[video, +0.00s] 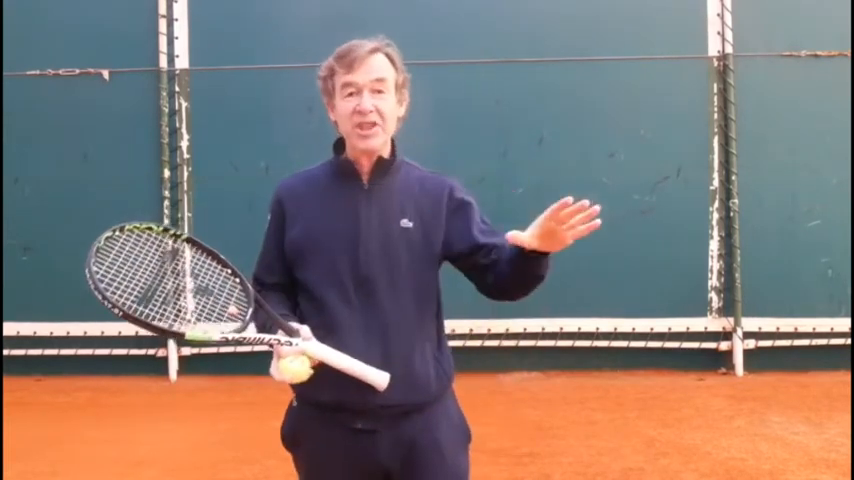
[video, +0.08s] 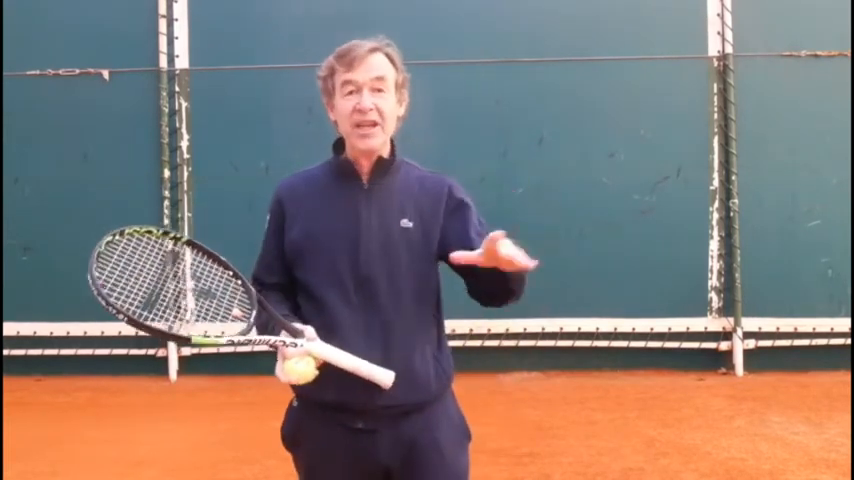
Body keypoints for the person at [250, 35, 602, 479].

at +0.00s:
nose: (364, 105)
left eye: (378, 91)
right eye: (350, 93)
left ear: (400, 104)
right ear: (332, 109)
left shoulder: (438, 197)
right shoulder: (293, 199)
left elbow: (499, 279)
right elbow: (270, 290)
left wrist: (532, 252)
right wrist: (285, 337)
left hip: (424, 423)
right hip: (328, 424)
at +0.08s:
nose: (365, 103)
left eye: (378, 90)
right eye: (350, 91)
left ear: (400, 102)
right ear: (332, 108)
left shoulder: (437, 195)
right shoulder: (293, 198)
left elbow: (491, 294)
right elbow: (269, 289)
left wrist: (502, 269)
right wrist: (288, 335)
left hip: (425, 421)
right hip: (328, 422)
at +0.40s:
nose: (360, 100)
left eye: (373, 87)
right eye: (346, 90)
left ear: (397, 104)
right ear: (329, 110)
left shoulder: (436, 199)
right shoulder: (291, 202)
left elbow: (471, 289)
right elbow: (271, 305)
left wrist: (428, 331)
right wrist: (312, 334)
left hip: (425, 423)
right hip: (328, 428)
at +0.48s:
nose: (361, 98)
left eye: (375, 86)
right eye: (348, 88)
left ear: (399, 103)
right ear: (331, 109)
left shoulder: (438, 199)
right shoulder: (292, 201)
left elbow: (475, 289)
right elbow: (274, 313)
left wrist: (434, 331)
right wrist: (316, 334)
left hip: (427, 424)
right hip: (330, 428)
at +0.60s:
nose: (366, 96)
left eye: (379, 83)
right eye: (352, 86)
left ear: (403, 101)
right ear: (335, 107)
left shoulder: (441, 199)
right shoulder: (296, 200)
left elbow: (480, 289)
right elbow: (276, 313)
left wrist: (440, 334)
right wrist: (320, 334)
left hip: (430, 424)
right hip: (333, 428)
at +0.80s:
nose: (371, 91)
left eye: (385, 80)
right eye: (357, 82)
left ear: (409, 101)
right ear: (340, 105)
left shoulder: (444, 197)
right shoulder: (298, 199)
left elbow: (490, 289)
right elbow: (277, 306)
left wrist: (448, 330)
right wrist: (315, 342)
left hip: (437, 427)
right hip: (338, 429)